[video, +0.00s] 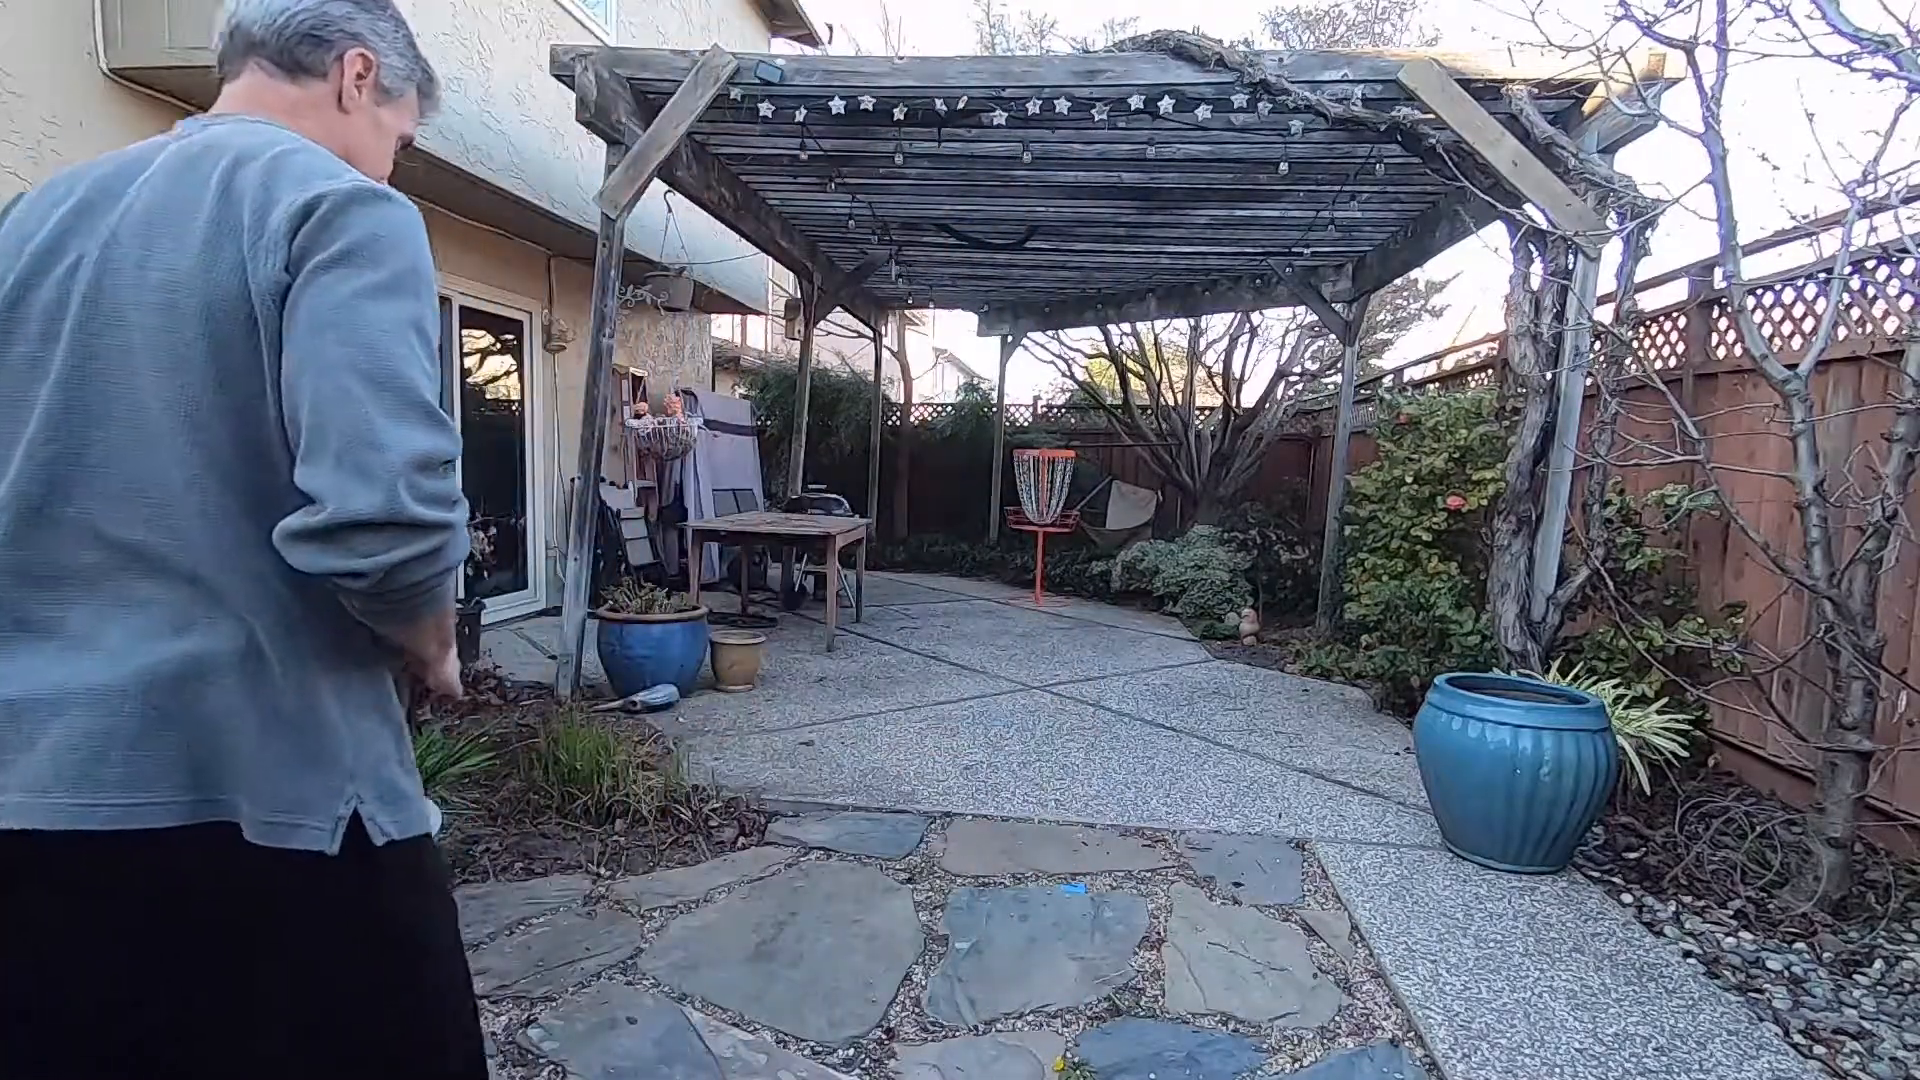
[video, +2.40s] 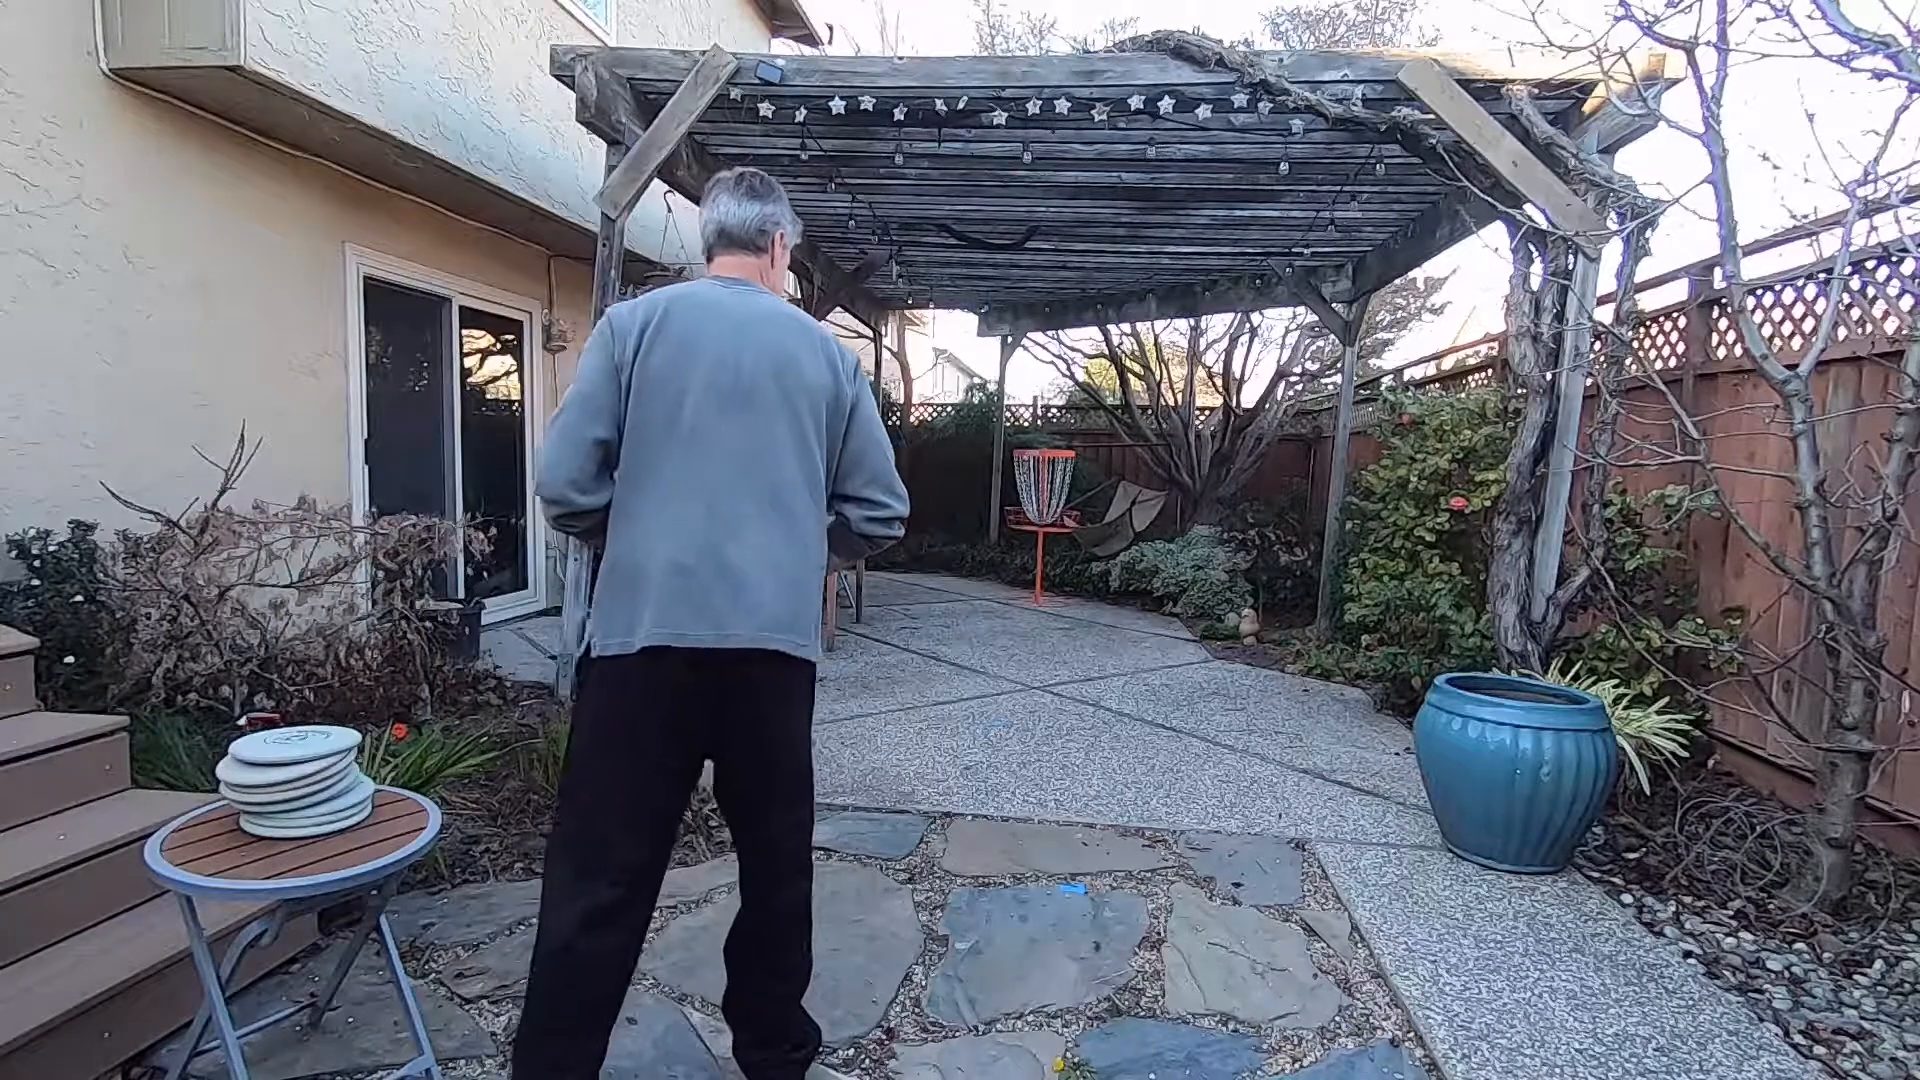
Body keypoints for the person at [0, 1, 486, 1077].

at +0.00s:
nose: (389, 178)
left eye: (404, 154)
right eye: (399, 140)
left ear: (238, 75)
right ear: (354, 76)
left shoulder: (35, 212)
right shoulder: (333, 204)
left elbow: (28, 482)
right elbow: (384, 514)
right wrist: (429, 647)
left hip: (25, 805)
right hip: (279, 812)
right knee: (402, 1057)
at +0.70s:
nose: (471, 194)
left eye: (476, 168)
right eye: (473, 161)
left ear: (326, 131)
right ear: (432, 129)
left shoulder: (158, 287)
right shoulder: (476, 279)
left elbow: (65, 557)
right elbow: (554, 541)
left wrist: (221, 605)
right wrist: (483, 658)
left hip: (185, 805)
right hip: (430, 804)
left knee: (175, 1066)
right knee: (515, 1065)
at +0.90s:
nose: (592, 198)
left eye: (596, 176)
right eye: (594, 170)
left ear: (472, 144)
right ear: (562, 143)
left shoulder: (320, 273)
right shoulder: (610, 290)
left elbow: (224, 519)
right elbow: (677, 530)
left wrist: (361, 549)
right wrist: (586, 573)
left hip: (340, 735)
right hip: (537, 734)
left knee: (285, 1037)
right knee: (596, 1022)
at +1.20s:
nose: (670, 217)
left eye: (674, 197)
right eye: (672, 193)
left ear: (562, 166)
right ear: (647, 169)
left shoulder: (422, 272)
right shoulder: (684, 303)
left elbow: (338, 496)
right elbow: (763, 521)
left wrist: (445, 538)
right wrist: (679, 586)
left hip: (425, 687)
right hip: (593, 690)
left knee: (457, 988)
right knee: (604, 986)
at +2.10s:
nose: (721, 245)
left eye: (721, 230)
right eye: (720, 229)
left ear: (616, 229)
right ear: (697, 221)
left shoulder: (540, 325)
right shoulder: (754, 337)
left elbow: (464, 501)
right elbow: (815, 508)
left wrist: (547, 532)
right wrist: (728, 532)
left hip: (570, 673)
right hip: (713, 674)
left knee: (555, 914)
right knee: (748, 890)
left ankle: (541, 1070)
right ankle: (777, 1059)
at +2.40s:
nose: (794, 271)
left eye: (789, 259)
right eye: (795, 259)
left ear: (700, 248)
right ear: (781, 252)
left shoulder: (636, 318)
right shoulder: (826, 352)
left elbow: (564, 476)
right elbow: (879, 515)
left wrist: (612, 531)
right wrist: (792, 526)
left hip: (642, 635)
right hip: (773, 640)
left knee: (600, 871)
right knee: (778, 863)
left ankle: (551, 1065)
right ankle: (776, 1054)